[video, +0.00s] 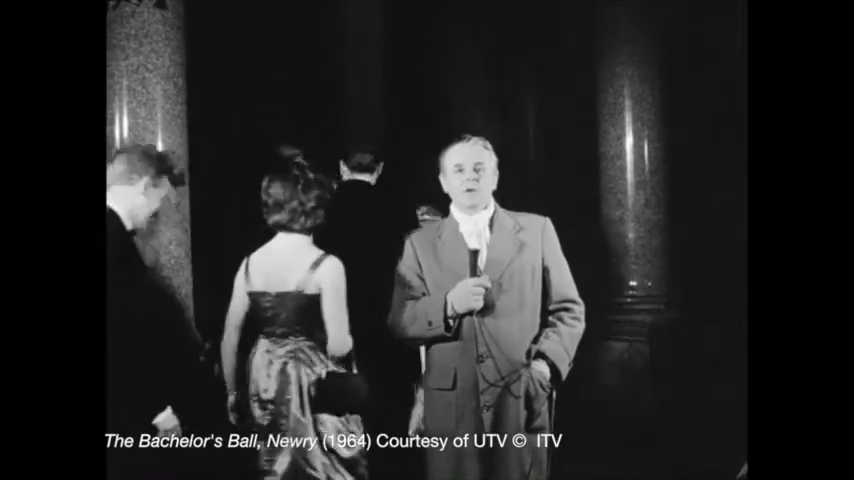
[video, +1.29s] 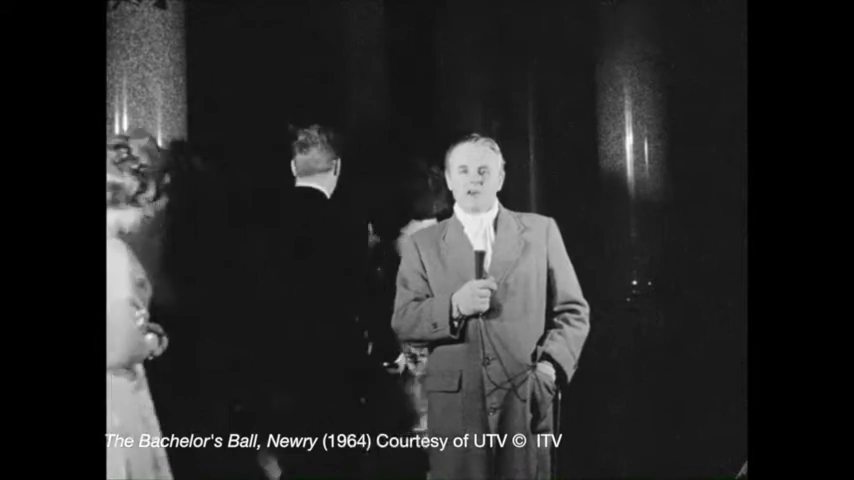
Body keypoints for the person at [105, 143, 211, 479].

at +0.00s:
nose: (157, 215)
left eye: (163, 205)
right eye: (160, 202)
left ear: (134, 182)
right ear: (146, 185)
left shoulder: (120, 243)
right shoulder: (114, 244)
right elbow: (124, 336)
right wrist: (157, 407)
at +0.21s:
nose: (200, 205)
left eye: (203, 195)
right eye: (200, 194)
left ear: (172, 181)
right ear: (181, 183)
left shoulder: (131, 227)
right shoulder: (151, 236)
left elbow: (155, 322)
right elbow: (163, 324)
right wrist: (184, 395)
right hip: (150, 401)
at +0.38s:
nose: (222, 191)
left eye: (223, 181)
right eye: (219, 179)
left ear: (192, 171)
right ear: (192, 171)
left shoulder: (153, 223)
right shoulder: (176, 229)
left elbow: (174, 315)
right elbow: (188, 313)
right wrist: (211, 384)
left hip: (161, 378)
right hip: (178, 385)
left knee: (167, 471)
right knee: (183, 472)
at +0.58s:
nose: (245, 185)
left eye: (245, 175)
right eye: (240, 174)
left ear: (208, 170)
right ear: (213, 170)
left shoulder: (178, 223)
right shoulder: (205, 228)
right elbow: (227, 312)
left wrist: (248, 378)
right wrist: (254, 380)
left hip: (193, 373)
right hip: (214, 380)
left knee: (198, 466)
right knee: (219, 468)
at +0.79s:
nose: (276, 187)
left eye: (276, 178)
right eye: (271, 177)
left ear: (240, 175)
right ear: (247, 175)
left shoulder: (213, 221)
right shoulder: (249, 229)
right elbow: (272, 309)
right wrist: (299, 379)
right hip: (253, 376)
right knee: (262, 467)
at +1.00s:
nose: (318, 176)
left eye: (317, 167)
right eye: (317, 168)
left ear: (264, 174)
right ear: (310, 173)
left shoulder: (231, 224)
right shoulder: (325, 228)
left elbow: (213, 309)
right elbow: (348, 308)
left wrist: (236, 365)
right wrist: (351, 374)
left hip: (256, 369)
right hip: (314, 372)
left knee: (263, 462)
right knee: (321, 465)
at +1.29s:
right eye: (336, 168)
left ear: (293, 171)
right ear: (336, 169)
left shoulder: (265, 213)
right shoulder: (341, 221)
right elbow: (361, 293)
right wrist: (387, 348)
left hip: (274, 345)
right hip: (330, 349)